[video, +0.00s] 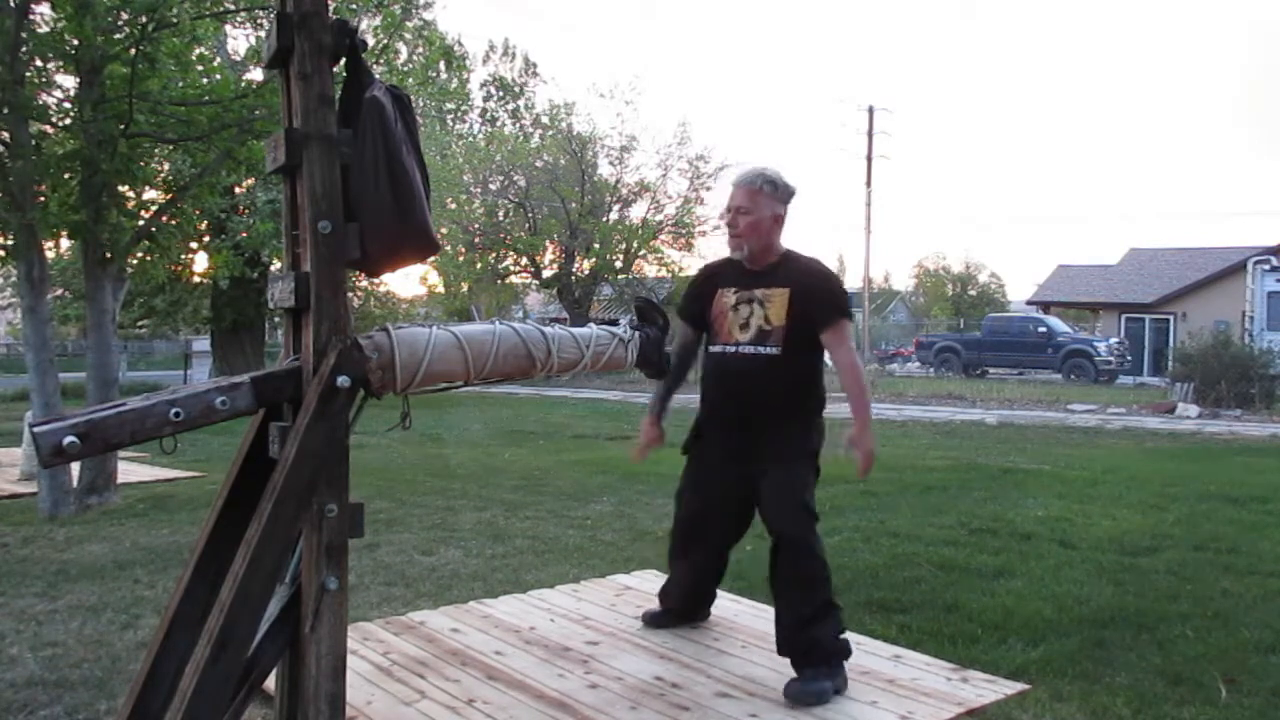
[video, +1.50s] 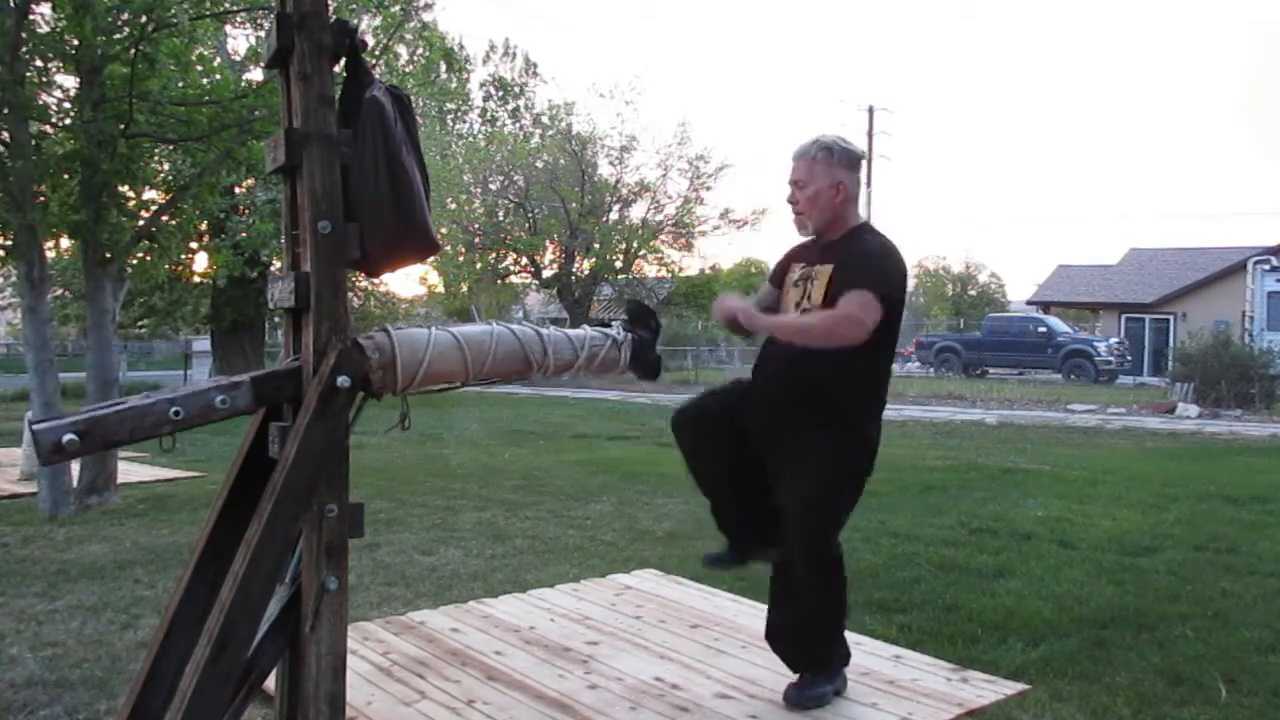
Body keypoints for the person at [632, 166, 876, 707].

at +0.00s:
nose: (732, 223)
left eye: (745, 214)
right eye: (730, 212)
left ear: (779, 217)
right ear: (728, 214)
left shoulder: (813, 281)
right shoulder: (711, 280)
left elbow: (843, 355)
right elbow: (681, 352)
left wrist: (862, 425)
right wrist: (655, 413)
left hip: (788, 436)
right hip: (720, 431)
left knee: (793, 535)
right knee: (697, 521)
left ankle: (820, 662)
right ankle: (686, 603)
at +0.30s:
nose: (769, 209)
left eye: (782, 200)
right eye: (769, 198)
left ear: (821, 204)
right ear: (774, 201)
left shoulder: (862, 267)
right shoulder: (754, 271)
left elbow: (871, 329)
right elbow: (721, 330)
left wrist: (806, 332)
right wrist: (725, 356)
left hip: (830, 432)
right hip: (760, 428)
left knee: (815, 535)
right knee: (730, 519)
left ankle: (821, 666)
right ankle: (734, 613)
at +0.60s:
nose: (789, 199)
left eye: (800, 190)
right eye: (789, 189)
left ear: (840, 194)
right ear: (797, 192)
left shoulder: (873, 257)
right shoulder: (789, 250)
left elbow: (805, 305)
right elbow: (730, 267)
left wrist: (748, 278)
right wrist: (674, 233)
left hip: (829, 425)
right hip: (768, 405)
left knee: (807, 544)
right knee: (702, 379)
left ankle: (822, 667)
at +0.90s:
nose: (798, 201)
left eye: (809, 190)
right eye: (797, 190)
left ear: (849, 193)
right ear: (801, 192)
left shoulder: (876, 254)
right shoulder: (801, 249)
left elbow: (802, 302)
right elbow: (729, 250)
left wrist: (753, 275)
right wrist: (655, 232)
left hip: (821, 425)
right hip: (764, 392)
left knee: (804, 542)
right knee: (675, 364)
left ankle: (822, 666)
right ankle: (546, 358)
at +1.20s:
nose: (800, 199)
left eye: (812, 189)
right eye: (800, 188)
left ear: (852, 192)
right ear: (812, 190)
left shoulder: (879, 254)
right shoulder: (806, 252)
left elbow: (803, 302)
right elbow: (735, 255)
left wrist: (751, 278)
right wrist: (668, 232)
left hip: (829, 425)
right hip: (776, 397)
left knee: (808, 540)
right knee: (699, 362)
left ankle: (823, 666)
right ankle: (582, 404)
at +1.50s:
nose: (792, 199)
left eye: (802, 188)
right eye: (791, 188)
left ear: (841, 189)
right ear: (824, 191)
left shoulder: (874, 255)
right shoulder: (793, 261)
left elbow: (854, 323)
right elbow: (765, 315)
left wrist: (769, 323)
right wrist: (738, 312)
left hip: (834, 426)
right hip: (772, 403)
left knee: (805, 536)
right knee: (695, 425)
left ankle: (823, 664)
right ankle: (754, 534)